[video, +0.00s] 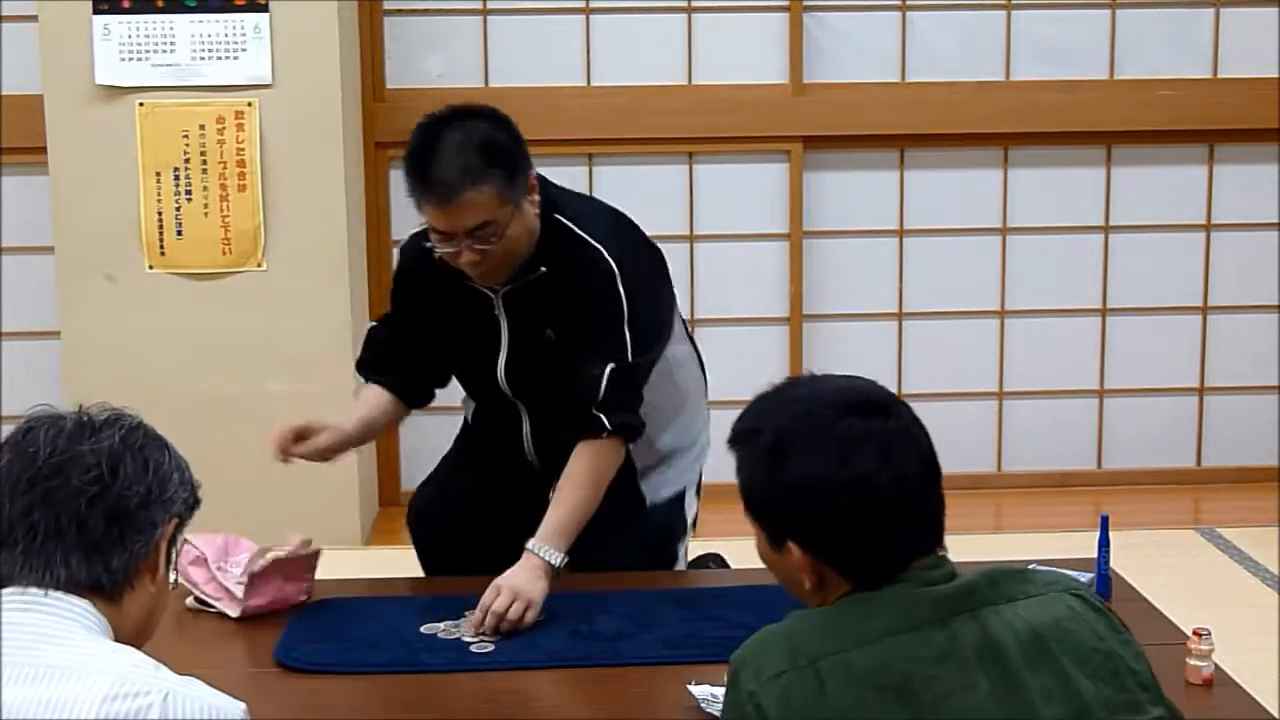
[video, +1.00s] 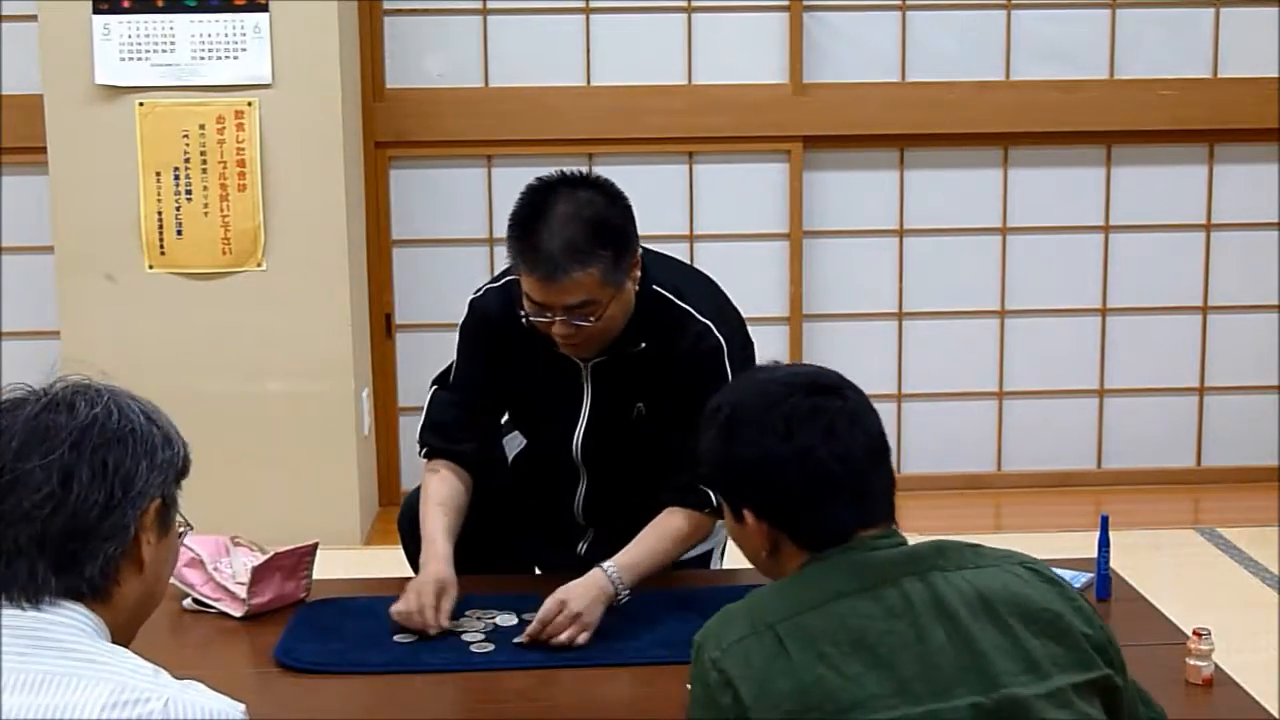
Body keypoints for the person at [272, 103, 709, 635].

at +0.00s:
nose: (465, 256)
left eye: (484, 235)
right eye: (444, 237)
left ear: (531, 194)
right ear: (425, 212)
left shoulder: (607, 263)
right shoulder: (427, 258)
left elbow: (607, 429)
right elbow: (406, 367)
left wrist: (539, 559)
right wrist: (349, 428)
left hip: (633, 441)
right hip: (512, 428)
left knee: (599, 586)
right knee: (440, 522)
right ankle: (485, 693)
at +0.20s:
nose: (508, 288)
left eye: (528, 267)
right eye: (488, 267)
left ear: (579, 233)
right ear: (470, 240)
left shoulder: (656, 309)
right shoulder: (464, 294)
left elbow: (657, 470)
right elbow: (425, 403)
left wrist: (574, 572)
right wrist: (407, 505)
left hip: (635, 507)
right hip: (517, 490)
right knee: (410, 556)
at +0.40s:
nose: (539, 316)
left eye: (561, 297)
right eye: (521, 295)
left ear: (612, 259)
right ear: (502, 265)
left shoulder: (690, 327)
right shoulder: (485, 310)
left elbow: (697, 484)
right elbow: (443, 439)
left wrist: (606, 573)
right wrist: (427, 556)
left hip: (652, 509)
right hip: (543, 503)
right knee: (423, 511)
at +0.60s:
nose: (561, 321)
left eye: (584, 303)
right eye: (543, 300)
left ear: (635, 264)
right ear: (523, 269)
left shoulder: (700, 327)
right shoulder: (501, 307)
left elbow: (685, 494)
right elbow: (456, 443)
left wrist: (571, 579)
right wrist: (437, 556)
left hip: (652, 519)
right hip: (547, 510)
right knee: (426, 513)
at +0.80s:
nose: (564, 325)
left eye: (587, 308)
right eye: (545, 305)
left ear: (639, 267)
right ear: (525, 270)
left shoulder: (701, 327)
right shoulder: (500, 311)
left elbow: (698, 494)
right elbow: (452, 445)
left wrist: (590, 580)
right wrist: (419, 558)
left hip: (654, 534)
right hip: (540, 528)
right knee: (427, 510)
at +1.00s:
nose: (559, 330)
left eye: (582, 312)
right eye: (540, 309)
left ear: (633, 271)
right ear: (520, 275)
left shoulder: (702, 331)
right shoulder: (497, 315)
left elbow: (706, 497)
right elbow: (452, 447)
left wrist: (605, 582)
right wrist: (436, 559)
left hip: (654, 520)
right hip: (544, 509)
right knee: (423, 514)